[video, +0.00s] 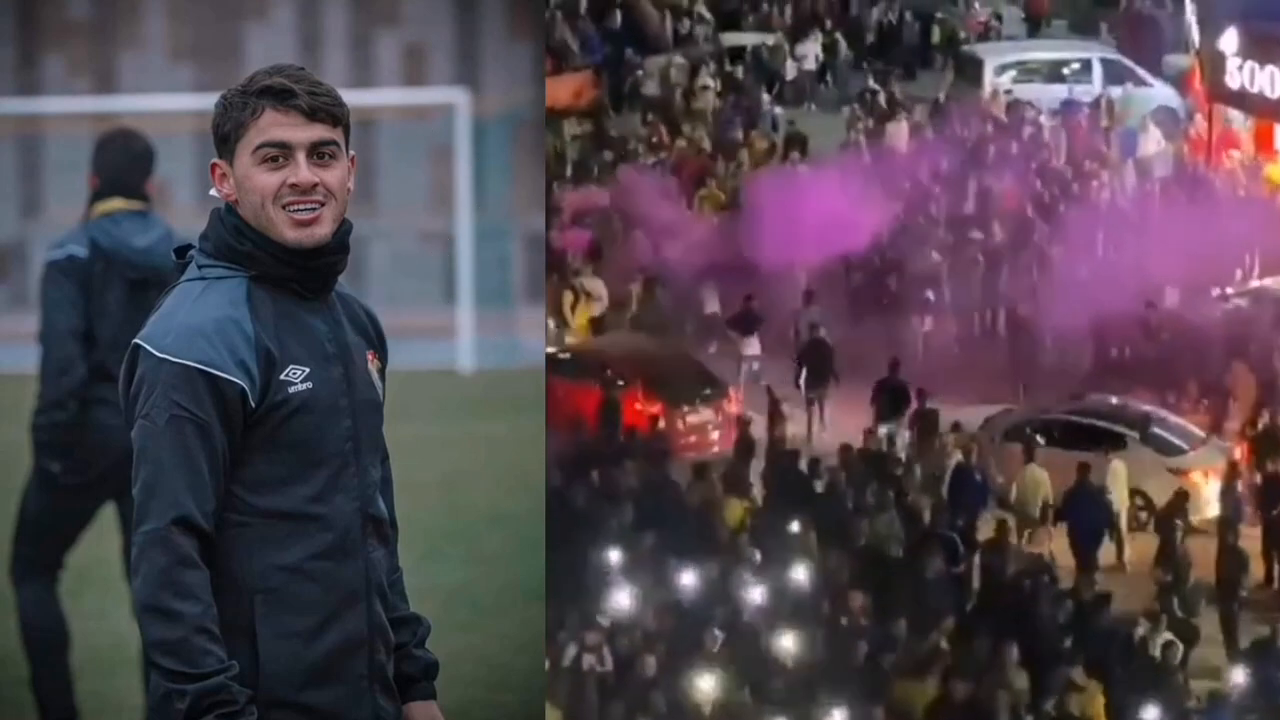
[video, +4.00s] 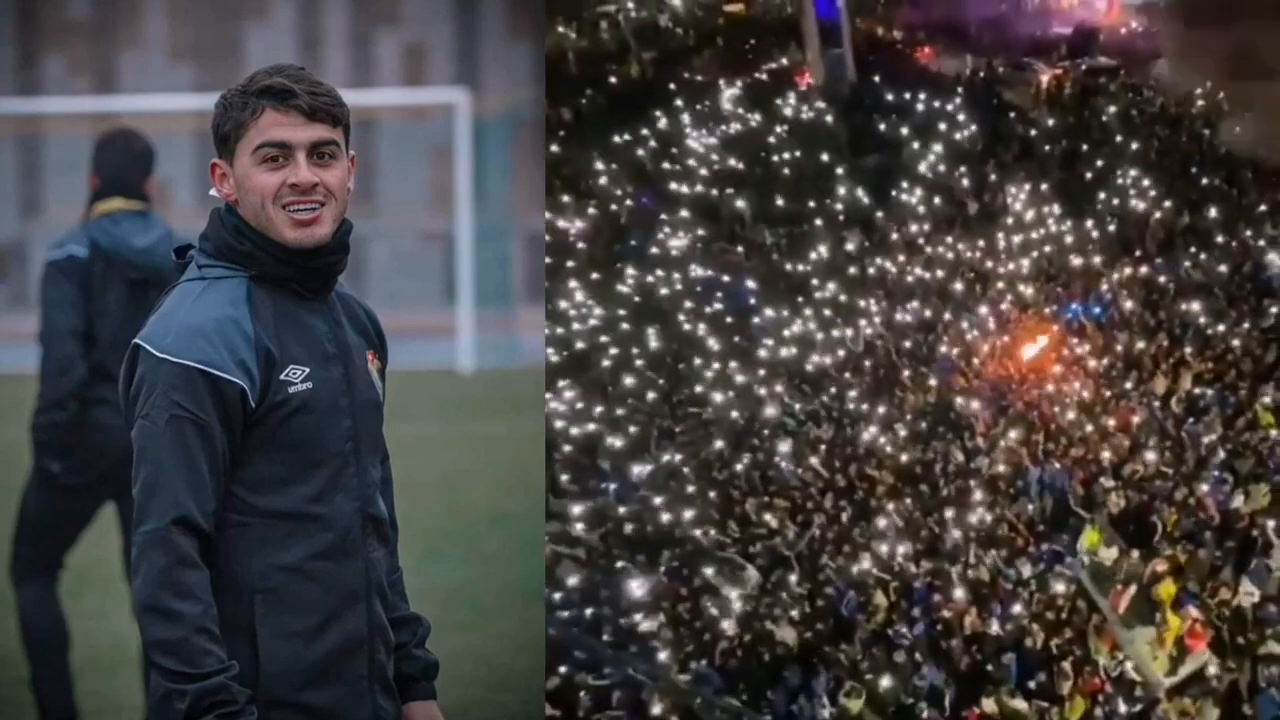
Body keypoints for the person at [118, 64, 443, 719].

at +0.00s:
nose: (305, 178)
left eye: (322, 155)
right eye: (274, 158)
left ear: (350, 171)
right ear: (226, 182)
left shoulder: (356, 323)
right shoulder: (195, 334)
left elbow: (372, 524)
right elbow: (164, 551)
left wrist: (414, 684)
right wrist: (213, 705)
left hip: (364, 690)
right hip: (259, 691)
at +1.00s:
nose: (305, 178)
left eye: (322, 155)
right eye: (274, 158)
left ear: (349, 171)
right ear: (226, 182)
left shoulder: (356, 324)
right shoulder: (195, 334)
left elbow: (373, 525)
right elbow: (164, 551)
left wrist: (414, 684)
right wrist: (213, 705)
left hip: (364, 690)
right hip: (259, 691)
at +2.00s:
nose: (305, 178)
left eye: (322, 155)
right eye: (274, 158)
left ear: (349, 171)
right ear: (226, 182)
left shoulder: (356, 323)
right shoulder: (195, 334)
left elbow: (372, 525)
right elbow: (164, 550)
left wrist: (414, 684)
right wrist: (213, 705)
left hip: (365, 690)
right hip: (260, 691)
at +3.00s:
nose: (304, 178)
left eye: (322, 155)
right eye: (274, 158)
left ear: (350, 171)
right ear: (226, 182)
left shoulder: (356, 323)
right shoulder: (195, 334)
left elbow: (372, 525)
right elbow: (164, 550)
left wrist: (414, 685)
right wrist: (213, 705)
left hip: (365, 690)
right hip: (259, 691)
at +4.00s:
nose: (304, 178)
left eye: (322, 155)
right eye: (274, 158)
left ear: (350, 171)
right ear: (226, 182)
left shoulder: (356, 323)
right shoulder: (195, 334)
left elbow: (372, 525)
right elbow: (164, 550)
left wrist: (414, 684)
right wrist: (213, 705)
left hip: (365, 690)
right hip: (259, 691)